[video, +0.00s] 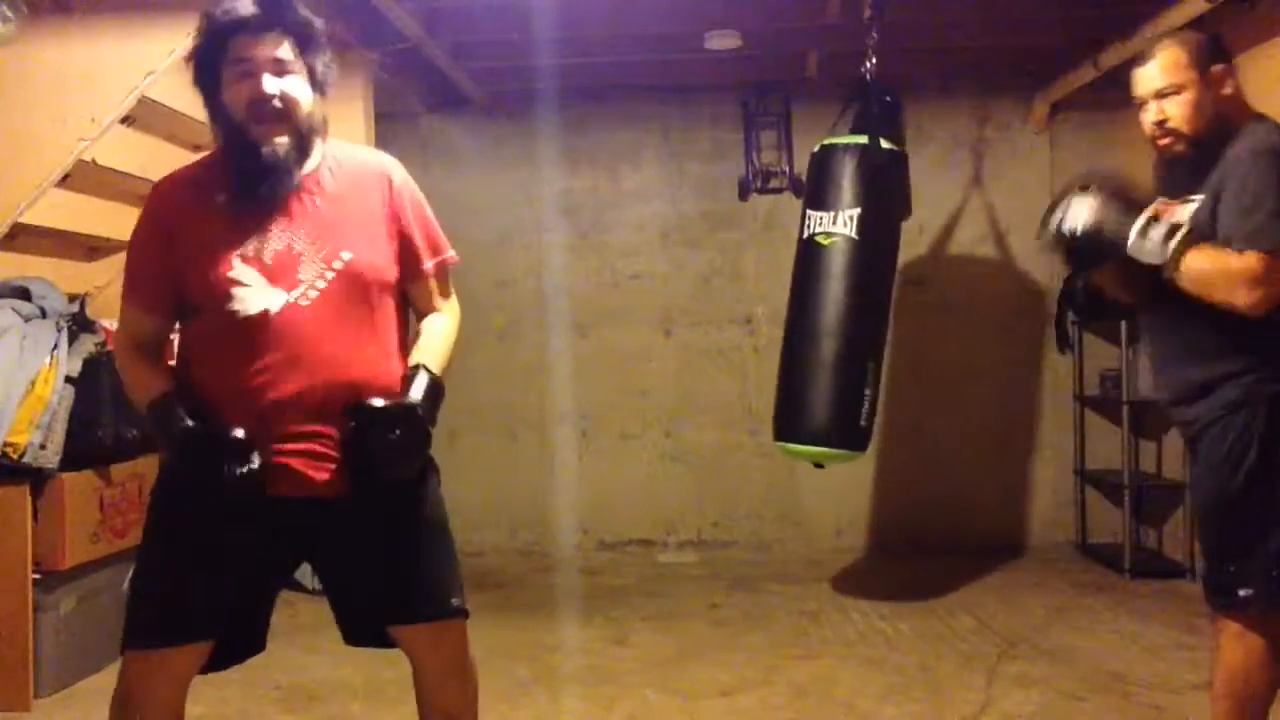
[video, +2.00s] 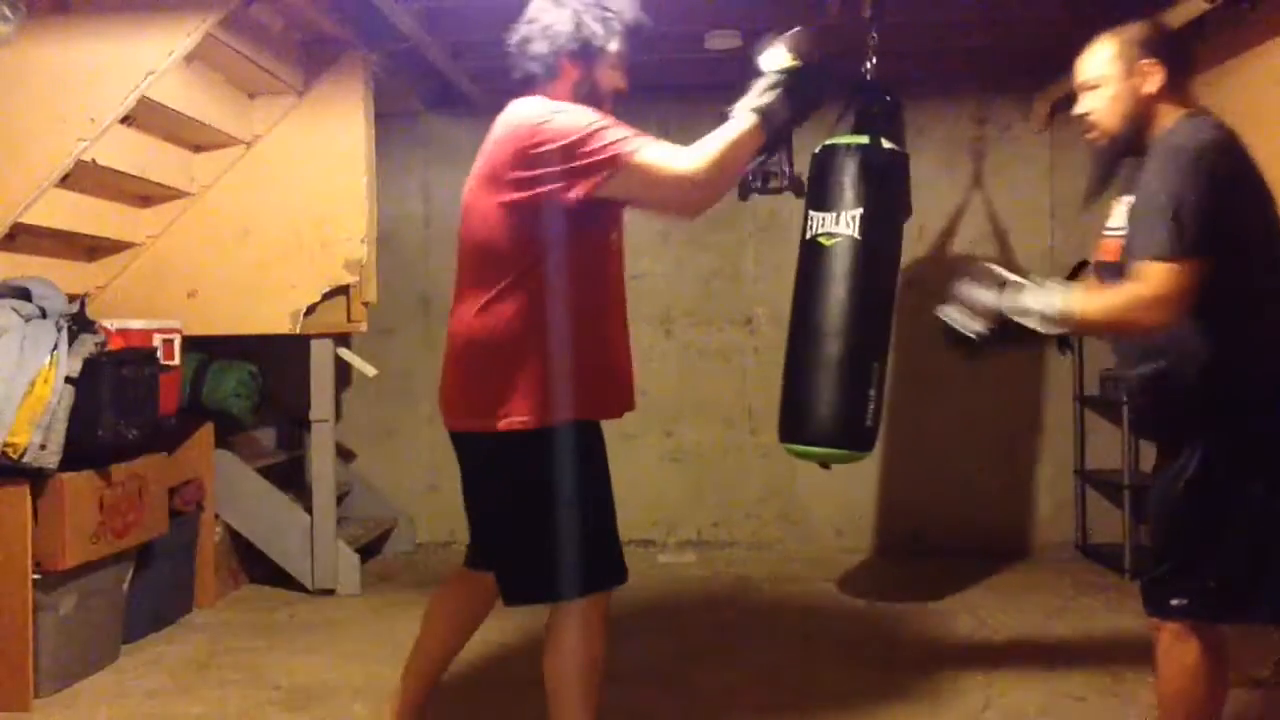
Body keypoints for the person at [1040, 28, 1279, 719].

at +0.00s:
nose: (1154, 117)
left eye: (1170, 94)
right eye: (1142, 103)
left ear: (1221, 83)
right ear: (1136, 107)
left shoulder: (1256, 152)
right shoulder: (1184, 168)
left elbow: (1255, 286)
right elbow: (1155, 289)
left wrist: (1144, 240)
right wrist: (1100, 253)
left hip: (1248, 414)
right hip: (1213, 415)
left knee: (1241, 609)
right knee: (1242, 604)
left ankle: (1235, 714)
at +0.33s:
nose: (1238, 117)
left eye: (1253, 97)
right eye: (1228, 106)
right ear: (1223, 117)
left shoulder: (1274, 195)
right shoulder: (1242, 196)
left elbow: (1275, 280)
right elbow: (1193, 291)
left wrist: (1243, 220)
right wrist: (1177, 231)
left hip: (1272, 421)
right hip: (1248, 423)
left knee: (1256, 602)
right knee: (1254, 599)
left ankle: (1242, 711)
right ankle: (1250, 706)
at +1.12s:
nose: (1189, 112)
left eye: (1204, 90)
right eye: (1185, 97)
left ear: (1261, 81)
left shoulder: (1266, 165)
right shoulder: (1233, 174)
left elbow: (1254, 278)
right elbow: (1204, 273)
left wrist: (1144, 238)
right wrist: (1115, 255)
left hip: (1250, 420)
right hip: (1222, 419)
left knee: (1221, 614)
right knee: (1223, 612)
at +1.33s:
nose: (1108, 106)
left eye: (1118, 85)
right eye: (1104, 90)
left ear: (1176, 75)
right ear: (1173, 81)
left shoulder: (1214, 147)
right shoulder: (1176, 152)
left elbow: (1151, 267)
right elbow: (1117, 261)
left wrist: (1046, 233)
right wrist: (1027, 221)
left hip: (1226, 412)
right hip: (1205, 411)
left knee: (1195, 608)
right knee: (1196, 605)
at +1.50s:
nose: (1041, 118)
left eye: (1054, 96)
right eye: (1039, 102)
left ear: (1111, 85)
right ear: (1108, 91)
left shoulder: (1151, 150)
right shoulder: (1125, 153)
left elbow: (1046, 261)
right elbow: (1053, 254)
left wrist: (952, 202)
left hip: (1225, 413)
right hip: (1207, 409)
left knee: (1188, 610)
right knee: (1191, 608)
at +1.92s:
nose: (1053, 116)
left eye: (1064, 94)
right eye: (1051, 100)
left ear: (1118, 80)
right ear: (1113, 87)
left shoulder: (1164, 151)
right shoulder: (1123, 160)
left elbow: (1081, 282)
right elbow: (1046, 270)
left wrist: (983, 266)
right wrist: (946, 260)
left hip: (1227, 417)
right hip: (1196, 416)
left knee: (1189, 609)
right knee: (1187, 606)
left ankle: (1191, 715)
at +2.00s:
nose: (1080, 108)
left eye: (1092, 87)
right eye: (1077, 92)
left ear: (1148, 77)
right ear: (1147, 83)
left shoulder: (1188, 148)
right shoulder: (1169, 150)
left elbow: (1156, 299)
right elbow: (1133, 287)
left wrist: (1029, 299)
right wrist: (1028, 296)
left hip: (1224, 425)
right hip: (1205, 421)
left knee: (1178, 612)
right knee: (1184, 608)